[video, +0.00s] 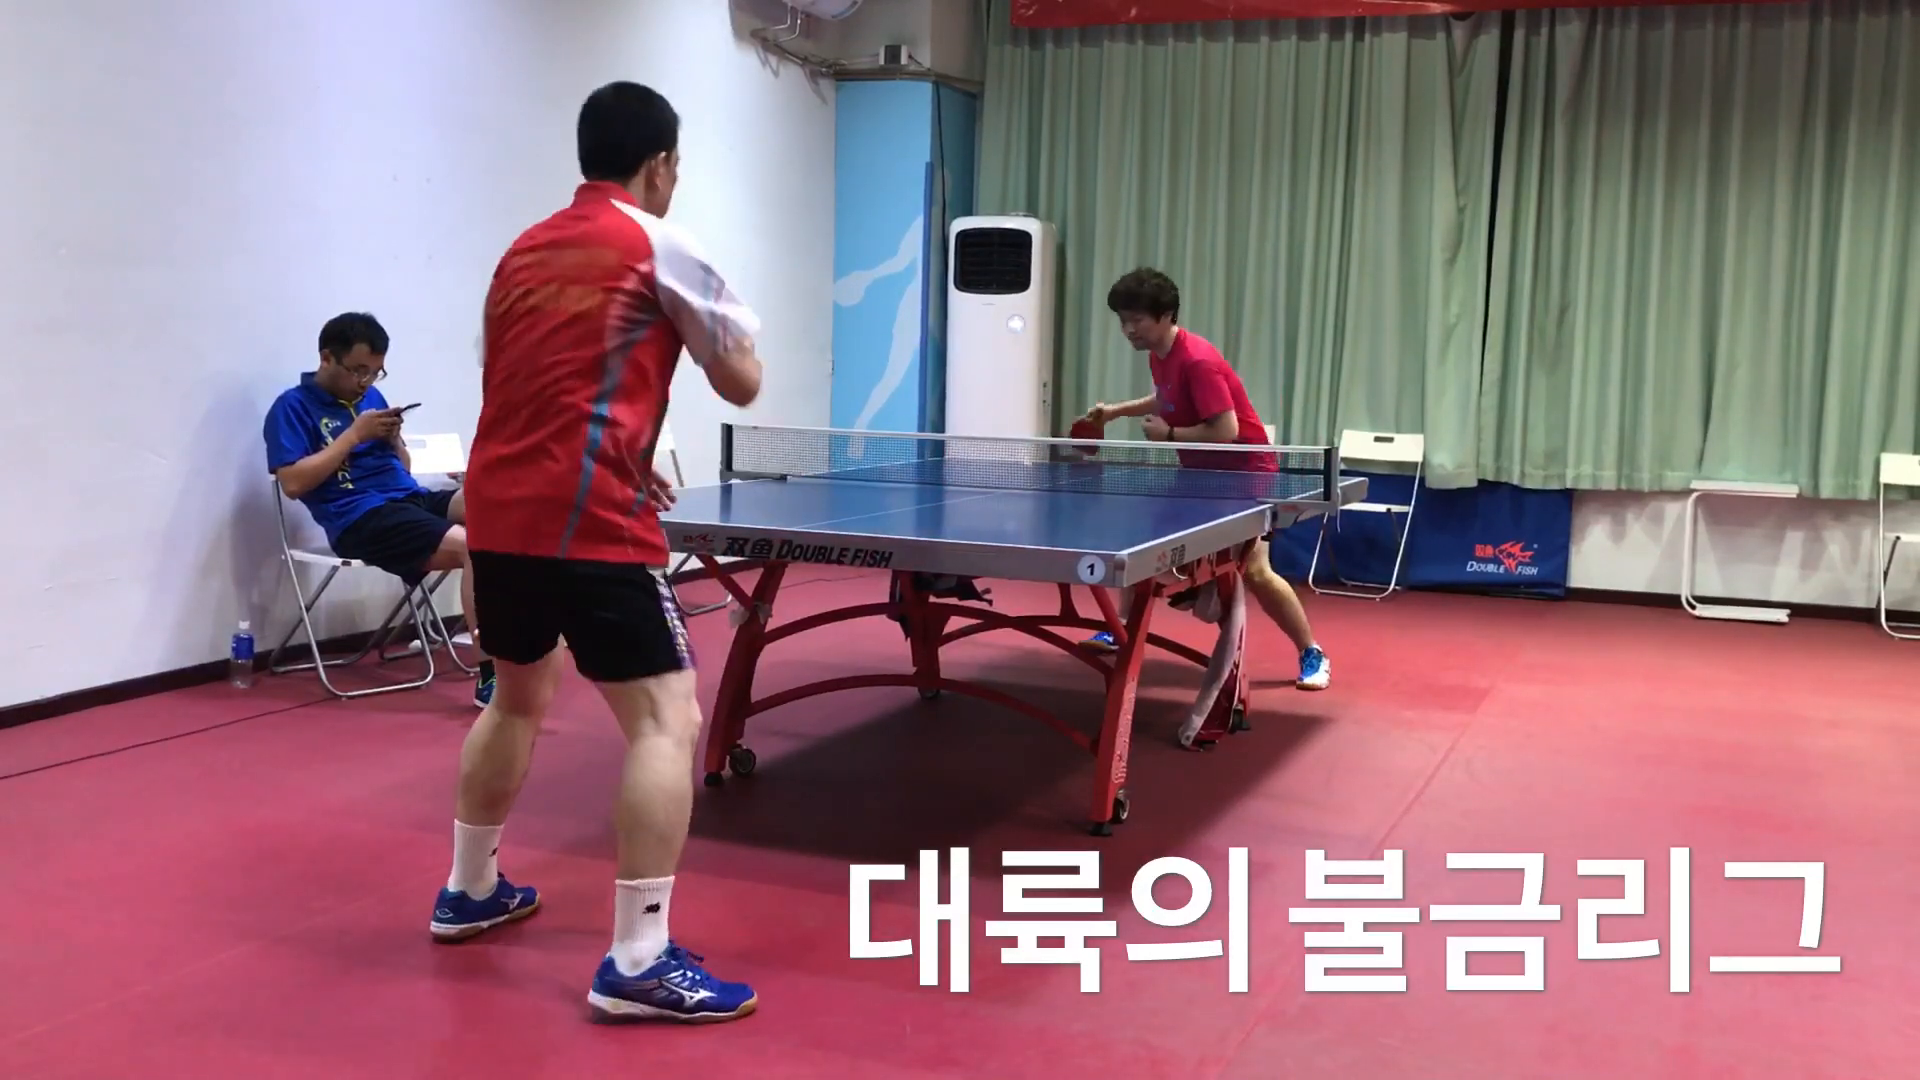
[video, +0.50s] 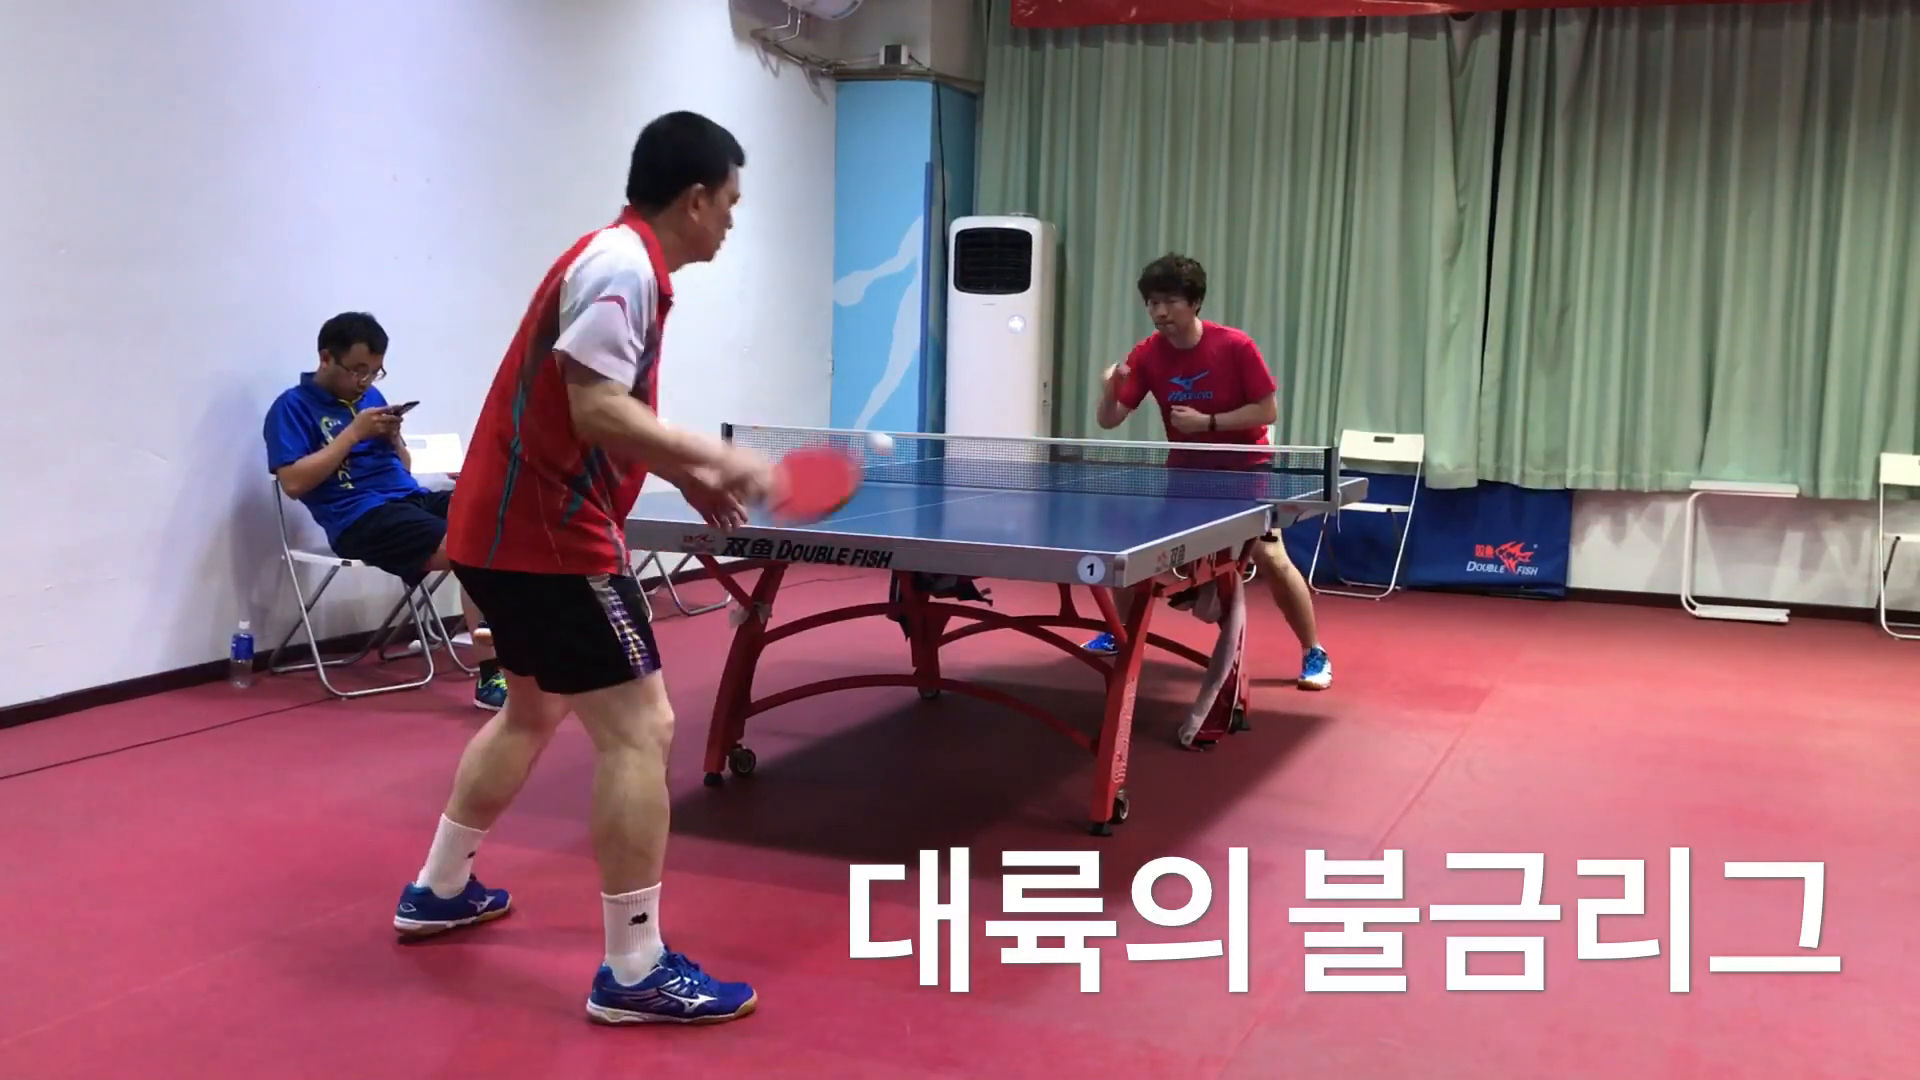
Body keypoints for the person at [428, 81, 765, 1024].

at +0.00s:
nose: (677, 181)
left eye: (676, 168)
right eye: (676, 167)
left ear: (584, 164)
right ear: (657, 166)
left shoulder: (521, 250)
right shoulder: (657, 247)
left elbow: (515, 388)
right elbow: (742, 383)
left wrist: (628, 455)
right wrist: (713, 314)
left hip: (499, 524)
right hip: (598, 529)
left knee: (513, 702)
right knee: (663, 722)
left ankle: (469, 889)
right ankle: (639, 958)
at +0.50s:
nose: (732, 219)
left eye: (734, 203)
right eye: (730, 201)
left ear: (663, 192)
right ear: (693, 198)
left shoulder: (621, 261)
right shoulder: (622, 265)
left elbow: (613, 410)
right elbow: (594, 406)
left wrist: (688, 475)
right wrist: (714, 456)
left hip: (501, 531)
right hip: (550, 539)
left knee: (530, 709)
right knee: (639, 728)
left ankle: (437, 887)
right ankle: (634, 968)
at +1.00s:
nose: (693, 182)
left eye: (692, 168)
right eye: (691, 168)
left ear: (596, 169)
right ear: (674, 173)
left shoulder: (532, 258)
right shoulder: (676, 269)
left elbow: (521, 405)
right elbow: (757, 412)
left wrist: (648, 456)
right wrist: (804, 381)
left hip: (503, 535)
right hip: (606, 546)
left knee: (507, 694)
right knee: (679, 736)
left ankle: (445, 878)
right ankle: (639, 973)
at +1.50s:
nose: (709, 199)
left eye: (708, 182)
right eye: (706, 182)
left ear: (622, 180)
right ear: (680, 184)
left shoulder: (565, 254)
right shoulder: (660, 273)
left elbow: (557, 390)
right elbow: (777, 387)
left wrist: (658, 443)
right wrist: (852, 330)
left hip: (476, 521)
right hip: (564, 528)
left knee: (513, 699)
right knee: (667, 721)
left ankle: (441, 889)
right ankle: (644, 958)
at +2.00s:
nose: (756, 202)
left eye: (755, 186)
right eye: (757, 185)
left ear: (670, 171)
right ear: (738, 185)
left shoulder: (618, 247)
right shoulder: (698, 266)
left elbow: (667, 417)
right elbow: (718, 430)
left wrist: (784, 468)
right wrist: (821, 490)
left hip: (523, 525)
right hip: (604, 541)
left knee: (538, 706)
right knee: (685, 732)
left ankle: (453, 886)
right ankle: (700, 966)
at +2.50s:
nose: (651, 177)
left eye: (649, 161)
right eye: (650, 161)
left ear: (557, 156)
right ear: (629, 159)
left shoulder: (490, 247)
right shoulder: (634, 240)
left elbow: (515, 387)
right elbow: (740, 351)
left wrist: (634, 433)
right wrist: (756, 284)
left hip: (488, 521)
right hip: (594, 528)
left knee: (492, 708)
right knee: (659, 729)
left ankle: (444, 893)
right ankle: (644, 971)